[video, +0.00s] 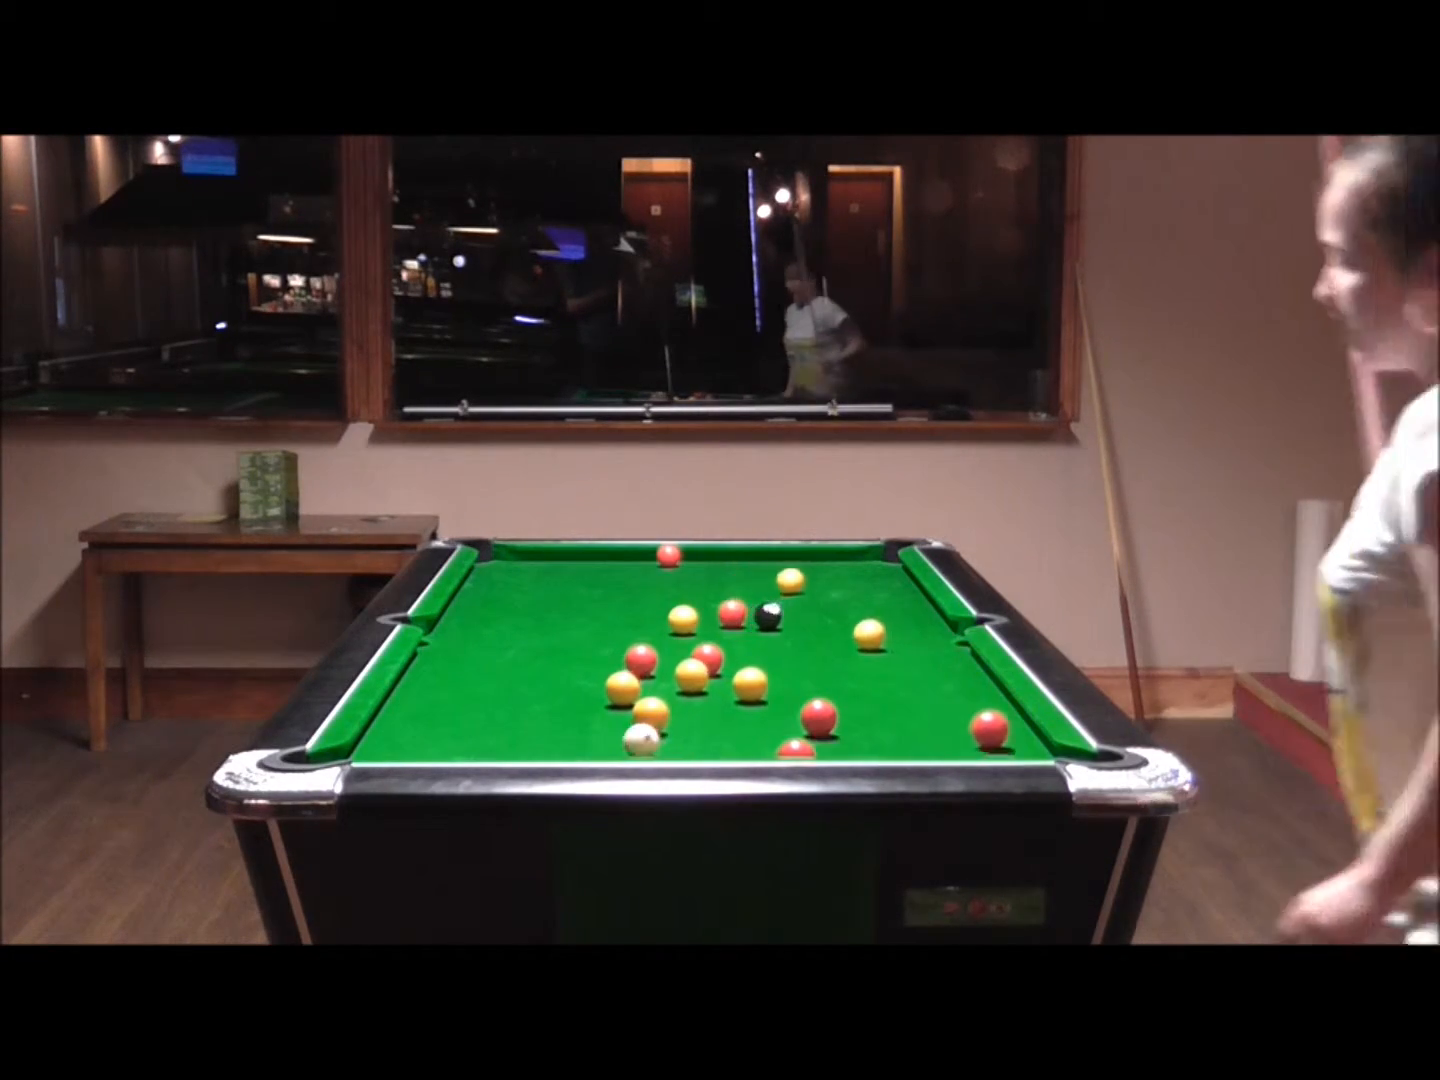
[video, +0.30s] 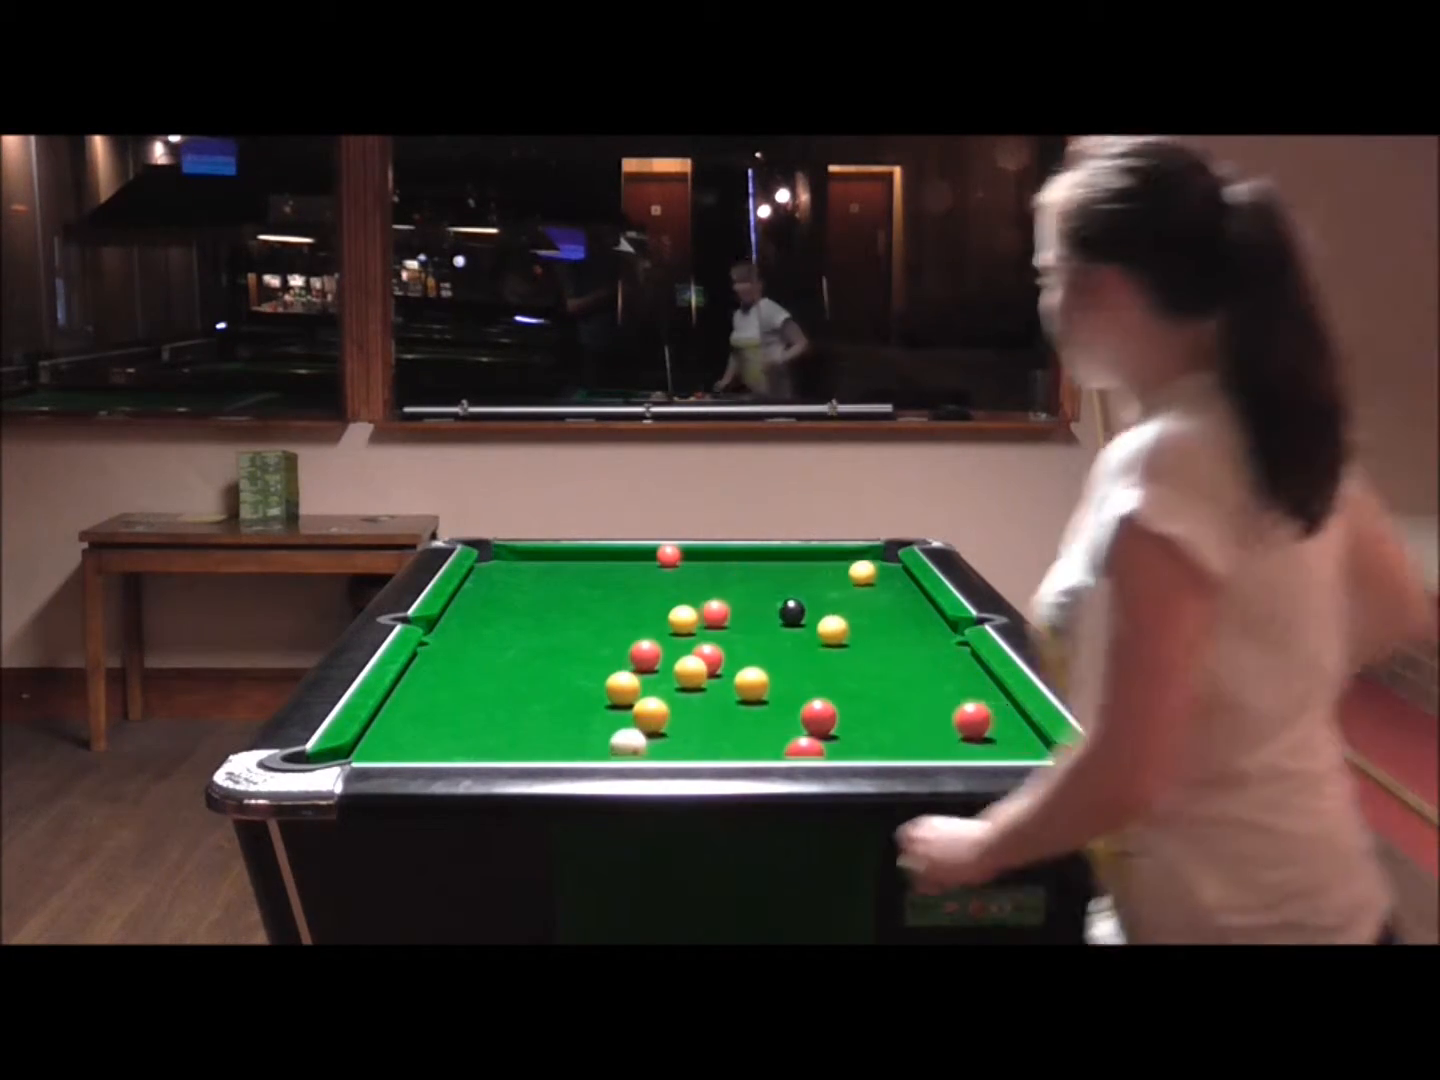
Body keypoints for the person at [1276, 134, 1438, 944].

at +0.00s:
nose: (1323, 288)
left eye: (1342, 261)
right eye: (1328, 259)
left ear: (1424, 281)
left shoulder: (1428, 449)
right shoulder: (1418, 429)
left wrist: (1375, 879)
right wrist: (1380, 876)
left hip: (1428, 908)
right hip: (1414, 899)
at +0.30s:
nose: (1042, 308)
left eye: (1050, 279)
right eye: (1041, 280)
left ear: (1110, 288)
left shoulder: (1160, 470)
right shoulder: (1291, 431)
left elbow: (1128, 762)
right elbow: (1399, 610)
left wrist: (982, 844)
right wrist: (1252, 686)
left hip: (1214, 922)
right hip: (1330, 893)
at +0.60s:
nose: (739, 292)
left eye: (740, 269)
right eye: (740, 268)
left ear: (765, 280)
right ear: (887, 270)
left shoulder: (751, 442)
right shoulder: (977, 430)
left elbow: (722, 710)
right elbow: (1082, 632)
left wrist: (658, 836)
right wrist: (939, 679)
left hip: (817, 872)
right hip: (960, 851)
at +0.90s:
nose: (551, 298)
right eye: (549, 280)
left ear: (397, 283)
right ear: (530, 287)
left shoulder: (311, 452)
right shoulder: (606, 440)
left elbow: (231, 724)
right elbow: (710, 670)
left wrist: (273, 809)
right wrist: (667, 688)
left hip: (375, 891)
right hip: (569, 885)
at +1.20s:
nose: (312, 310)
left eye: (318, 285)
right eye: (310, 283)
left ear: (155, 265)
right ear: (256, 274)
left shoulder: (30, 429)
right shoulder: (313, 411)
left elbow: (18, 664)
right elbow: (376, 633)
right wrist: (475, 677)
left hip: (84, 891)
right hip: (291, 878)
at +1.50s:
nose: (195, 322)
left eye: (191, 299)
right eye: (180, 298)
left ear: (104, 307)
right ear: (110, 303)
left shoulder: (21, 408)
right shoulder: (123, 436)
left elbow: (94, 602)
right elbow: (51, 638)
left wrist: (229, 607)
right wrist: (199, 731)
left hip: (13, 831)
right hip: (73, 854)